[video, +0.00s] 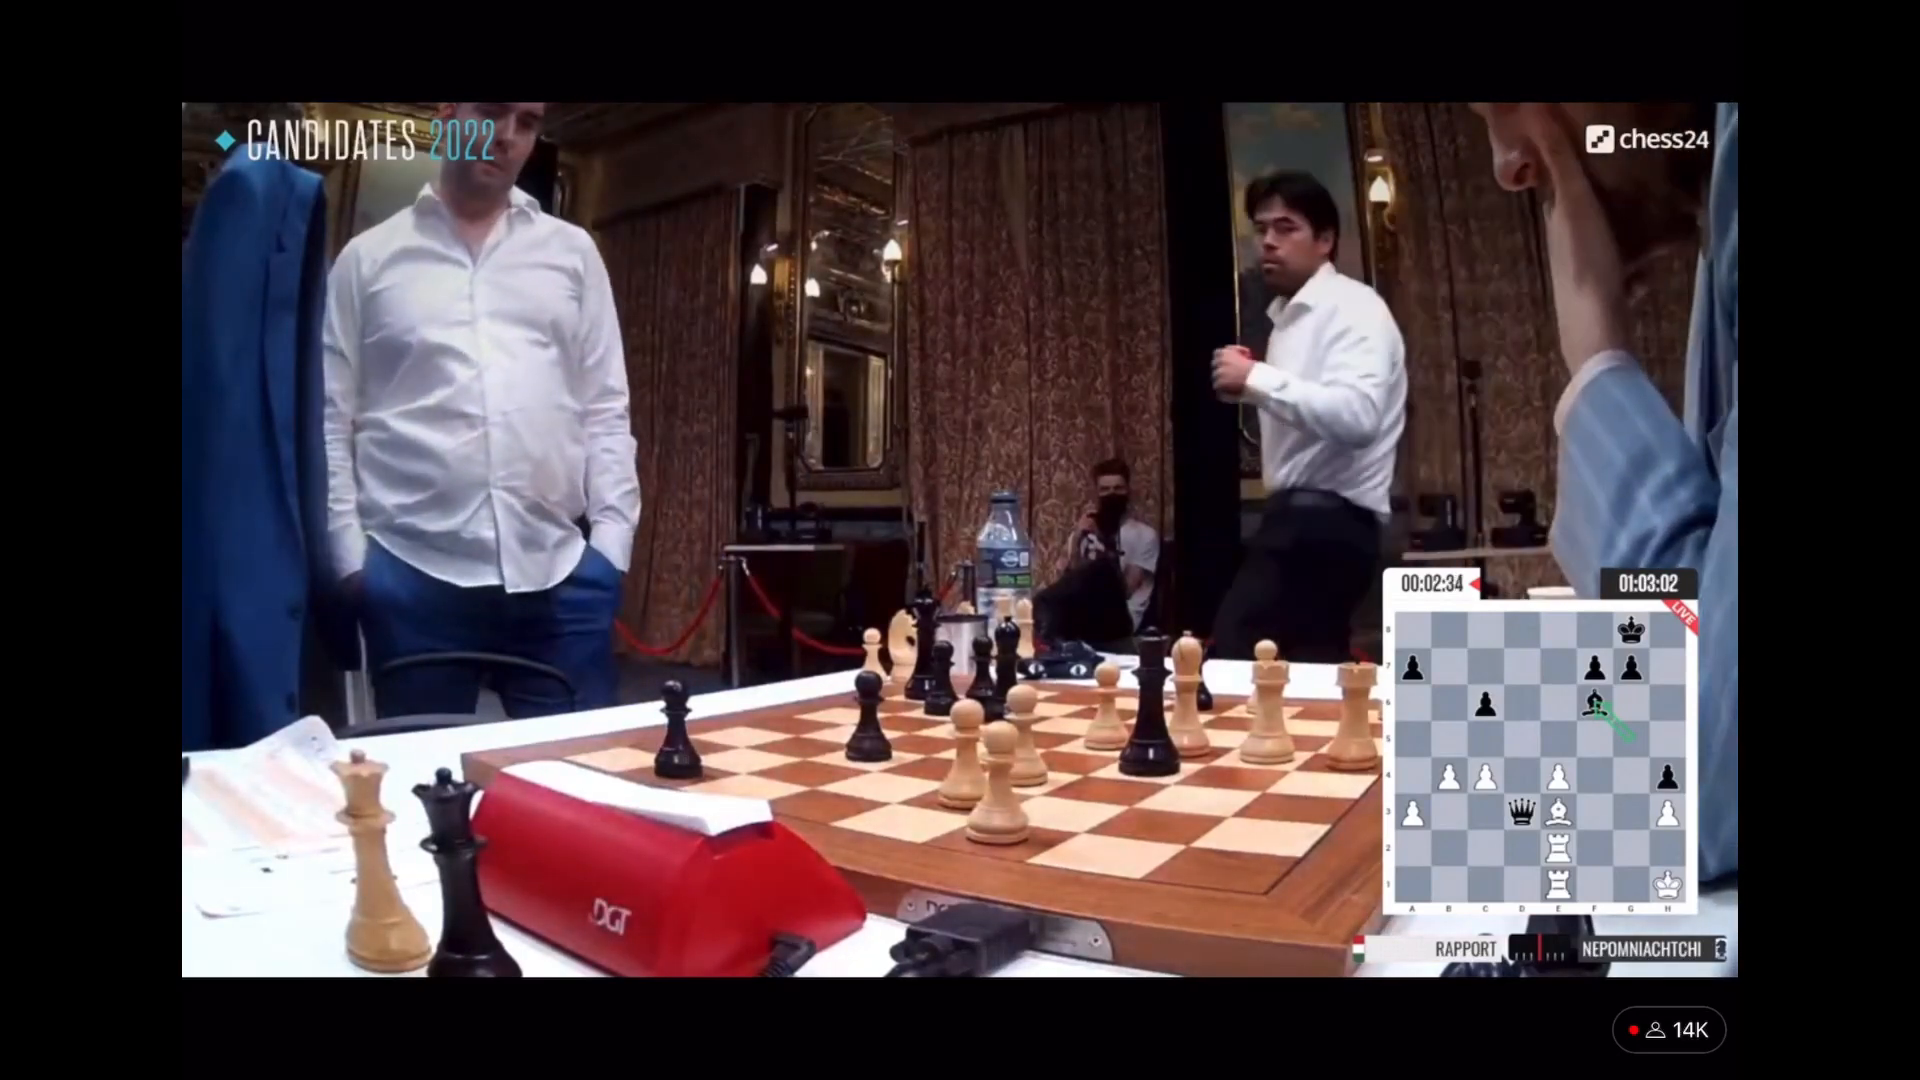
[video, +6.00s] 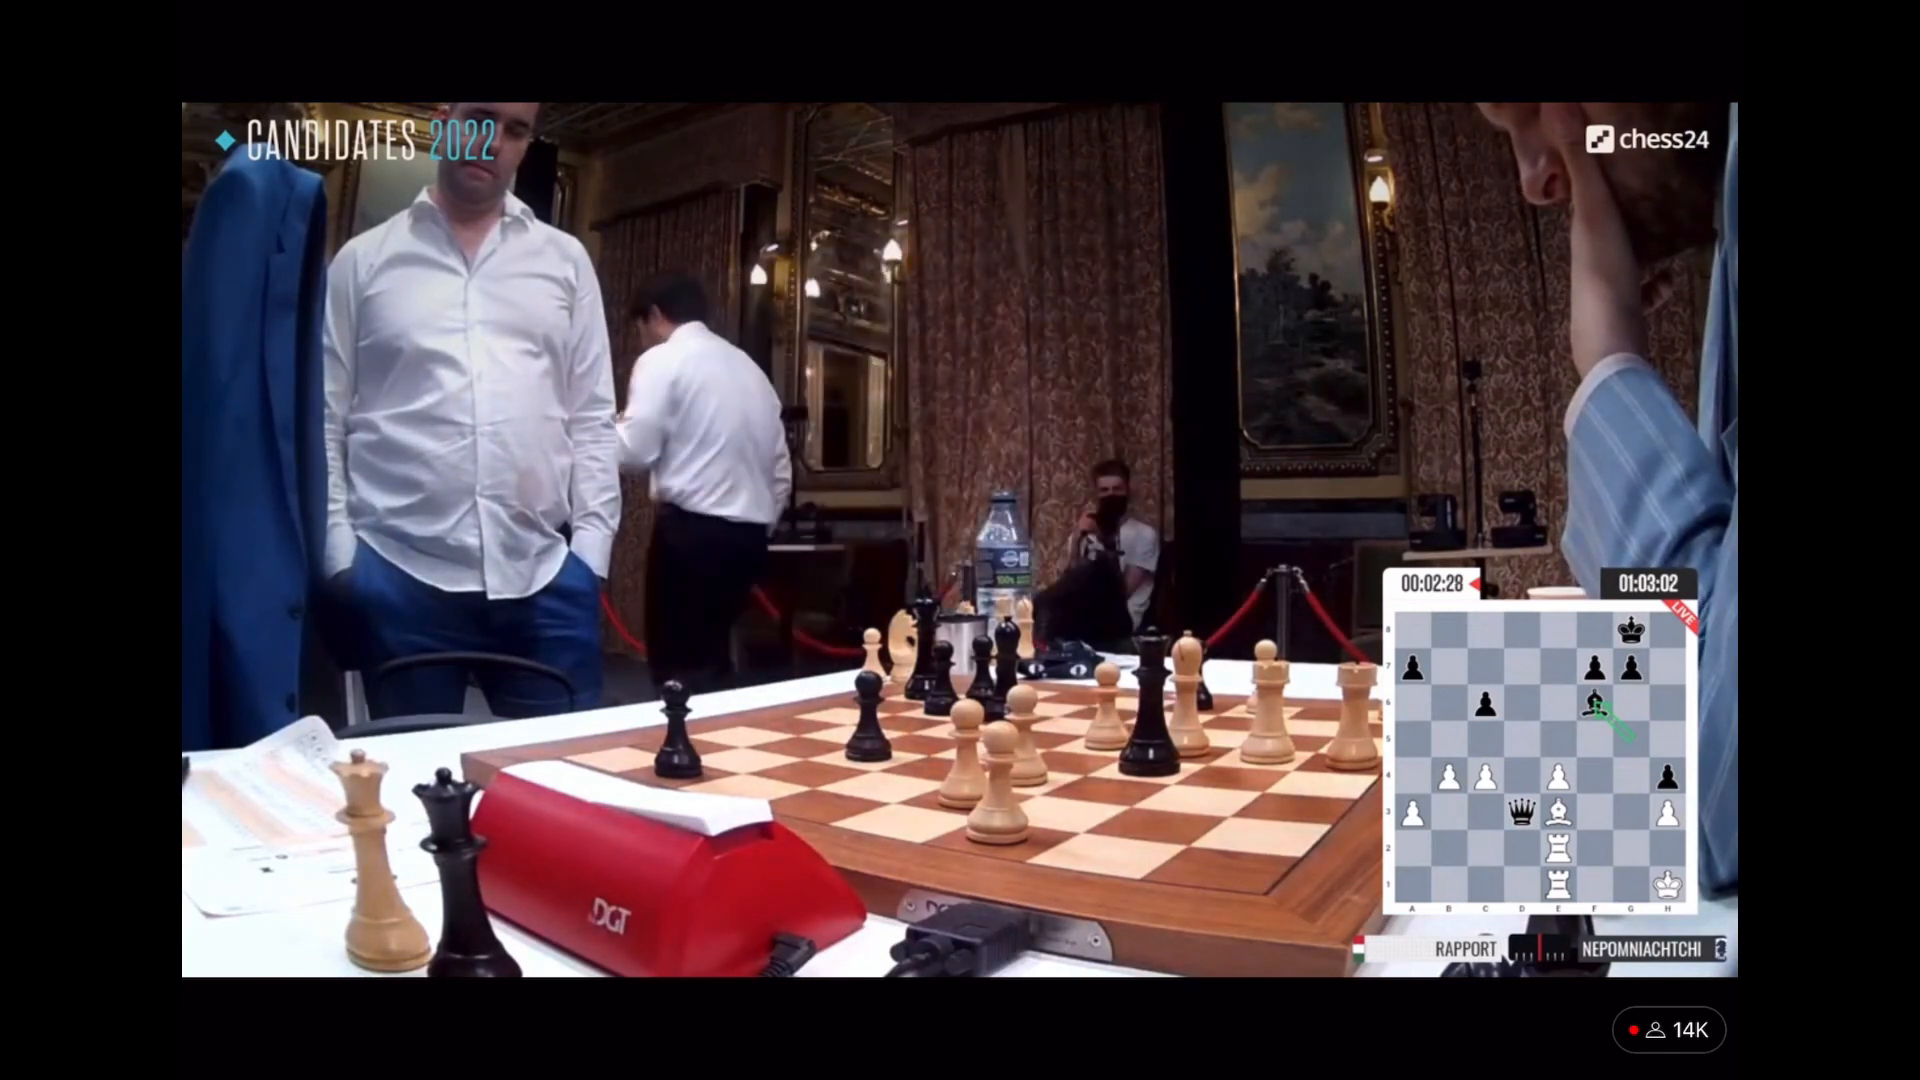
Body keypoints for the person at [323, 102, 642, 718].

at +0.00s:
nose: (505, 136)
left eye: (525, 122)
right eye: (490, 113)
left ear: (538, 138)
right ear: (448, 115)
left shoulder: (572, 252)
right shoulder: (366, 260)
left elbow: (606, 411)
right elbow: (330, 421)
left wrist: (608, 548)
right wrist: (351, 563)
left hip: (559, 581)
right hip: (413, 585)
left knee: (584, 788)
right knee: (425, 790)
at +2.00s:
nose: (492, 140)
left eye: (512, 126)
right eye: (478, 115)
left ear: (526, 142)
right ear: (435, 115)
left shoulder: (551, 255)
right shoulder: (354, 256)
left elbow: (580, 412)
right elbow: (319, 421)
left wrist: (582, 547)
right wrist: (346, 566)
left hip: (543, 580)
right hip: (403, 584)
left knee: (569, 787)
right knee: (418, 791)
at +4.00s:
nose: (489, 144)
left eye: (511, 130)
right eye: (475, 120)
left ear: (528, 144)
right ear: (439, 120)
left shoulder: (563, 259)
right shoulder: (360, 263)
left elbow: (592, 416)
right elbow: (325, 420)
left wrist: (590, 550)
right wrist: (343, 562)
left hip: (549, 584)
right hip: (403, 586)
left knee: (575, 787)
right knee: (417, 792)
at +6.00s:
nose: (490, 144)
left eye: (513, 131)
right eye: (477, 120)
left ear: (530, 145)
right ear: (441, 121)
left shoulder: (565, 260)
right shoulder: (362, 262)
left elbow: (592, 417)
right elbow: (326, 418)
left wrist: (588, 553)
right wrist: (341, 560)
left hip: (546, 583)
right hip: (401, 585)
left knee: (570, 786)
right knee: (412, 789)